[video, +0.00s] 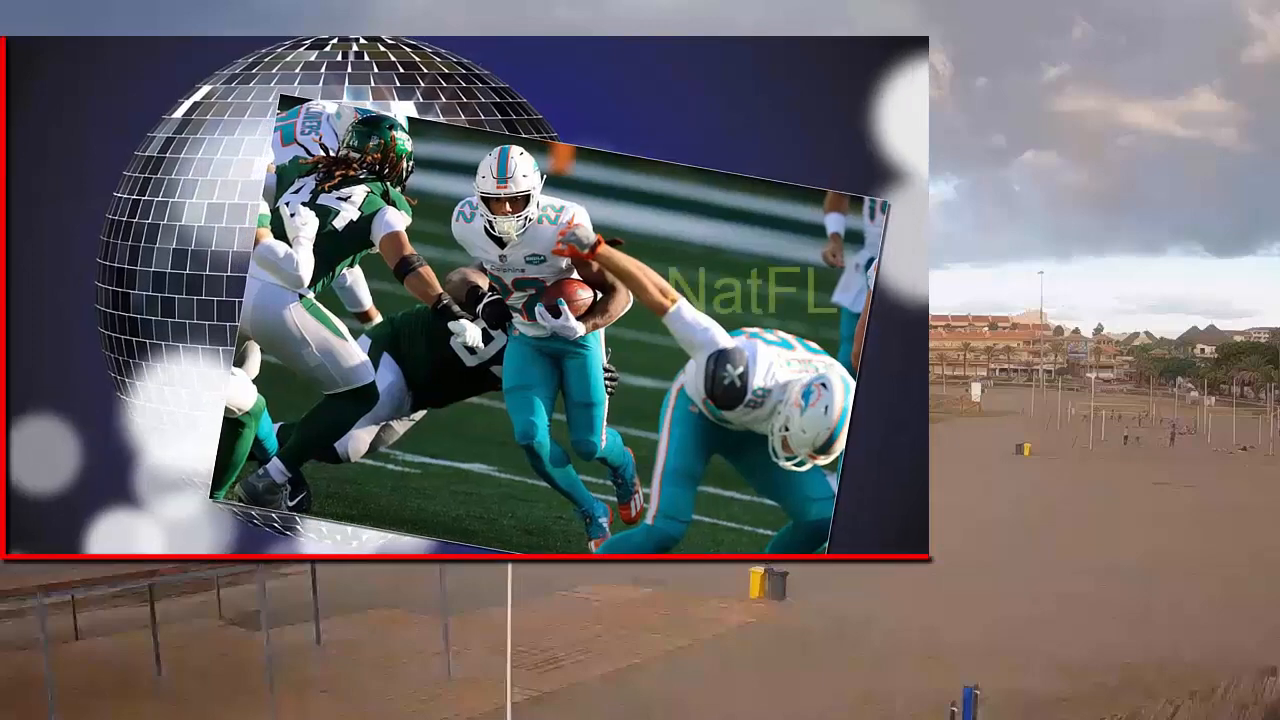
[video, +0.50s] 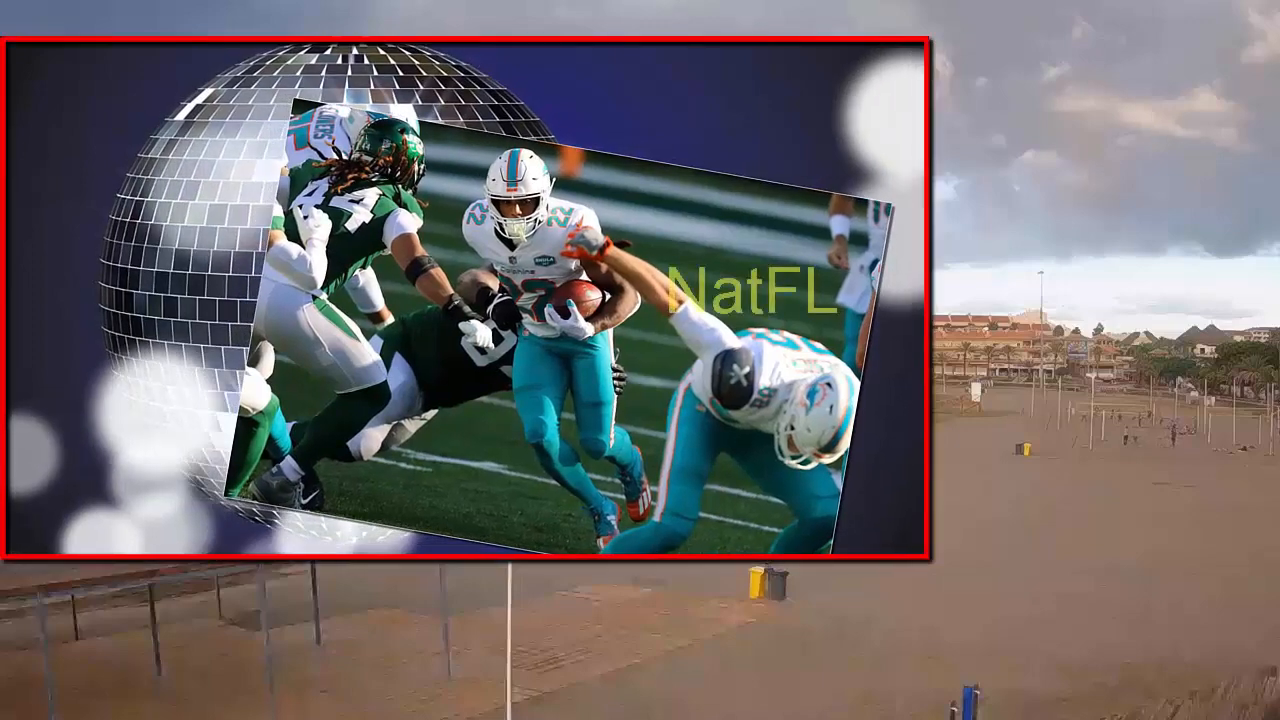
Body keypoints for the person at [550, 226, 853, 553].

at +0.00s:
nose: (800, 463)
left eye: (813, 458)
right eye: (794, 452)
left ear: (841, 431)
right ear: (782, 414)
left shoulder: (848, 414)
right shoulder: (738, 374)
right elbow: (663, 299)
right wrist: (596, 249)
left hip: (759, 428)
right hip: (698, 406)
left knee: (822, 517)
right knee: (666, 528)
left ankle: (757, 587)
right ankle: (582, 578)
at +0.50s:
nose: (804, 461)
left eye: (817, 457)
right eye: (799, 450)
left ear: (845, 432)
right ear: (787, 415)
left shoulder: (854, 415)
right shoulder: (744, 375)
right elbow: (671, 300)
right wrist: (606, 253)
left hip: (764, 428)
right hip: (706, 405)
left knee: (827, 516)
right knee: (673, 527)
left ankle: (764, 583)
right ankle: (592, 571)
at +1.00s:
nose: (809, 459)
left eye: (822, 455)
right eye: (804, 449)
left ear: (849, 432)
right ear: (793, 414)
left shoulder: (858, 415)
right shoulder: (752, 375)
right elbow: (677, 301)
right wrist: (613, 253)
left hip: (769, 426)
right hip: (712, 404)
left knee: (831, 513)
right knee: (681, 523)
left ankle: (770, 582)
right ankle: (600, 571)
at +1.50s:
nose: (813, 458)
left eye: (826, 454)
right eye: (809, 447)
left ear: (853, 432)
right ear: (799, 413)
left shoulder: (863, 413)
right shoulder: (757, 374)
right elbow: (684, 300)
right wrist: (622, 255)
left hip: (775, 425)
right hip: (720, 403)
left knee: (836, 510)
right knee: (689, 521)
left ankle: (775, 580)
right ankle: (607, 571)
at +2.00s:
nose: (818, 456)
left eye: (831, 453)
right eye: (813, 444)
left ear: (857, 429)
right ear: (805, 411)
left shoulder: (868, 416)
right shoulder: (758, 368)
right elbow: (692, 303)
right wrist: (631, 257)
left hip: (781, 425)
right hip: (726, 401)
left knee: (841, 504)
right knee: (696, 519)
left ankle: (779, 581)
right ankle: (615, 567)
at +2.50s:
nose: (822, 455)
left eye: (835, 452)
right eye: (818, 442)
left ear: (861, 429)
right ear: (810, 409)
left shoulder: (872, 413)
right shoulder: (763, 366)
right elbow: (700, 303)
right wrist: (639, 258)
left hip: (788, 424)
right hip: (733, 401)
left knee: (845, 503)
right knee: (704, 515)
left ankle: (785, 581)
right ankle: (622, 568)